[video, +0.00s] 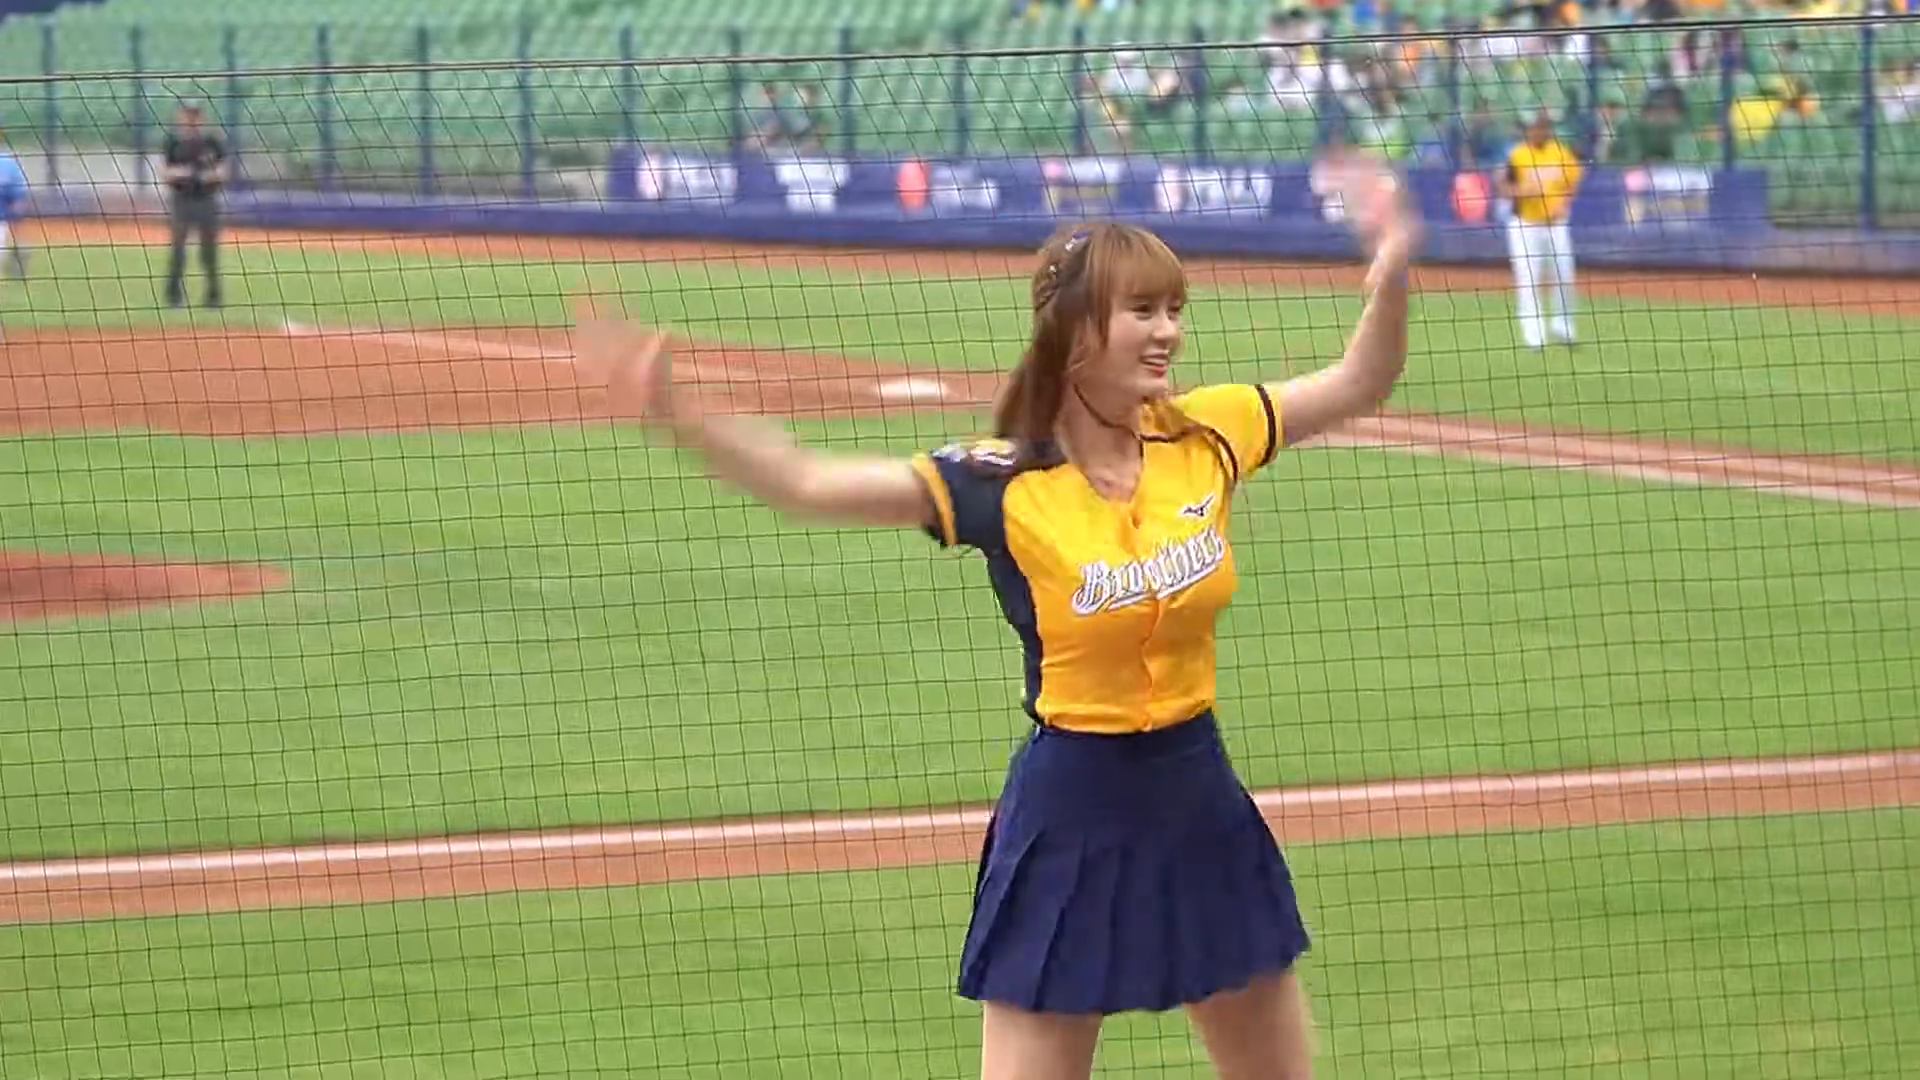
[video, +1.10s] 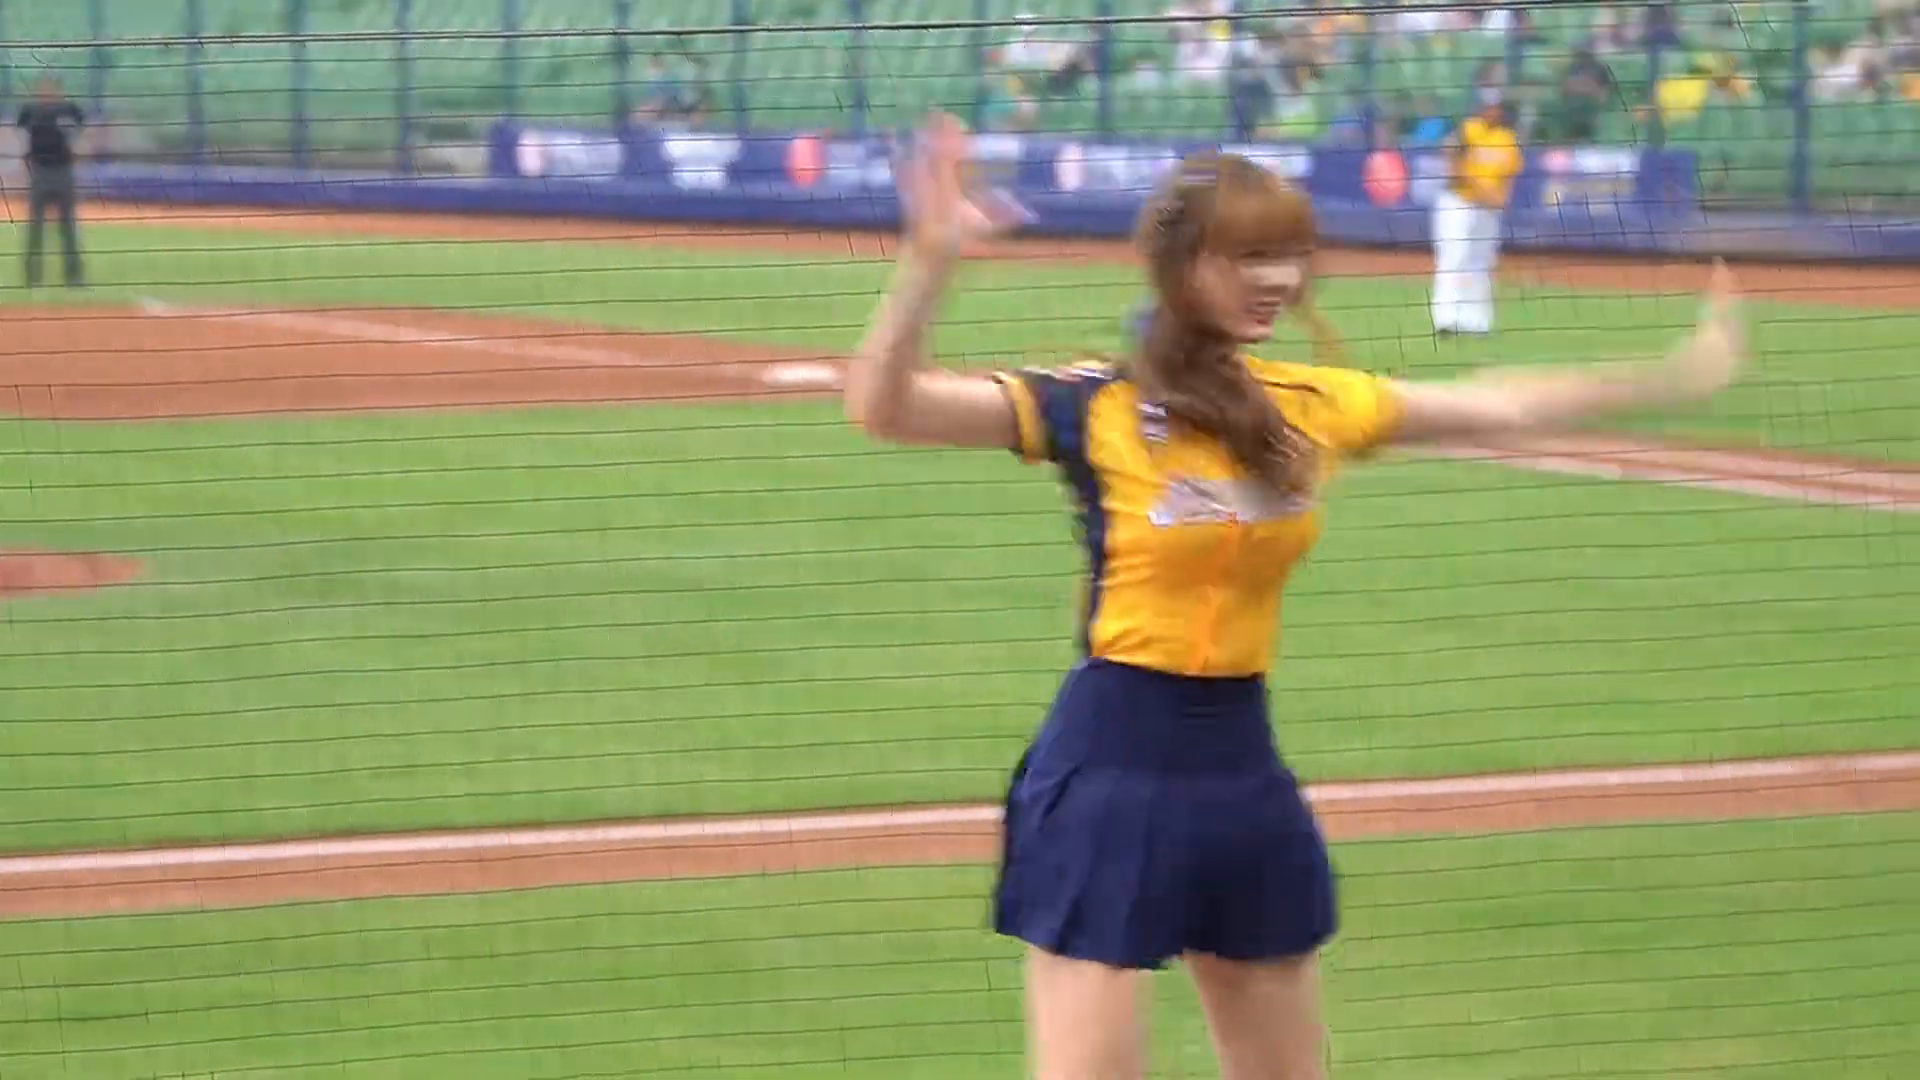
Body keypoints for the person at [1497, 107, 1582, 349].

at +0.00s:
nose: (1541, 133)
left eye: (1545, 127)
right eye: (1536, 128)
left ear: (1550, 129)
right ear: (1527, 130)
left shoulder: (1559, 152)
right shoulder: (1517, 156)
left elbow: (1575, 175)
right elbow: (1503, 186)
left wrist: (1563, 202)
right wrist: (1530, 190)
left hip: (1555, 221)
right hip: (1525, 223)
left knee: (1563, 275)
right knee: (1528, 279)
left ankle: (1562, 324)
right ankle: (1532, 330)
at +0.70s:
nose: (1526, 117)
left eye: (1530, 112)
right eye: (1521, 111)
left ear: (1538, 114)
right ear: (1515, 113)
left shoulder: (1545, 139)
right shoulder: (1505, 136)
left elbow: (1558, 169)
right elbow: (1489, 168)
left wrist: (1546, 197)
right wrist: (1505, 193)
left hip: (1534, 210)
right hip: (1504, 209)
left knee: (1530, 268)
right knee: (1504, 267)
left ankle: (1528, 321)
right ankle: (1501, 323)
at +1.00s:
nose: (1501, 115)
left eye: (1507, 110)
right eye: (1498, 109)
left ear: (1516, 113)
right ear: (1491, 111)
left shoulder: (1520, 140)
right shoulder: (1480, 131)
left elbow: (1526, 170)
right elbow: (1461, 161)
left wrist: (1516, 197)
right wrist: (1474, 187)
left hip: (1503, 209)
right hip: (1472, 205)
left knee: (1495, 265)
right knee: (1470, 262)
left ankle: (1493, 320)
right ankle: (1464, 320)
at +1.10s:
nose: (1492, 113)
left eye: (1496, 108)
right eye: (1488, 107)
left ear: (1503, 111)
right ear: (1480, 109)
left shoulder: (1509, 139)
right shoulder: (1468, 131)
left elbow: (1511, 172)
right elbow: (1454, 169)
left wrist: (1502, 197)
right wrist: (1479, 190)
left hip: (1488, 207)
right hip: (1457, 203)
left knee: (1480, 263)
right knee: (1452, 259)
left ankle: (1475, 318)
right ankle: (1446, 317)